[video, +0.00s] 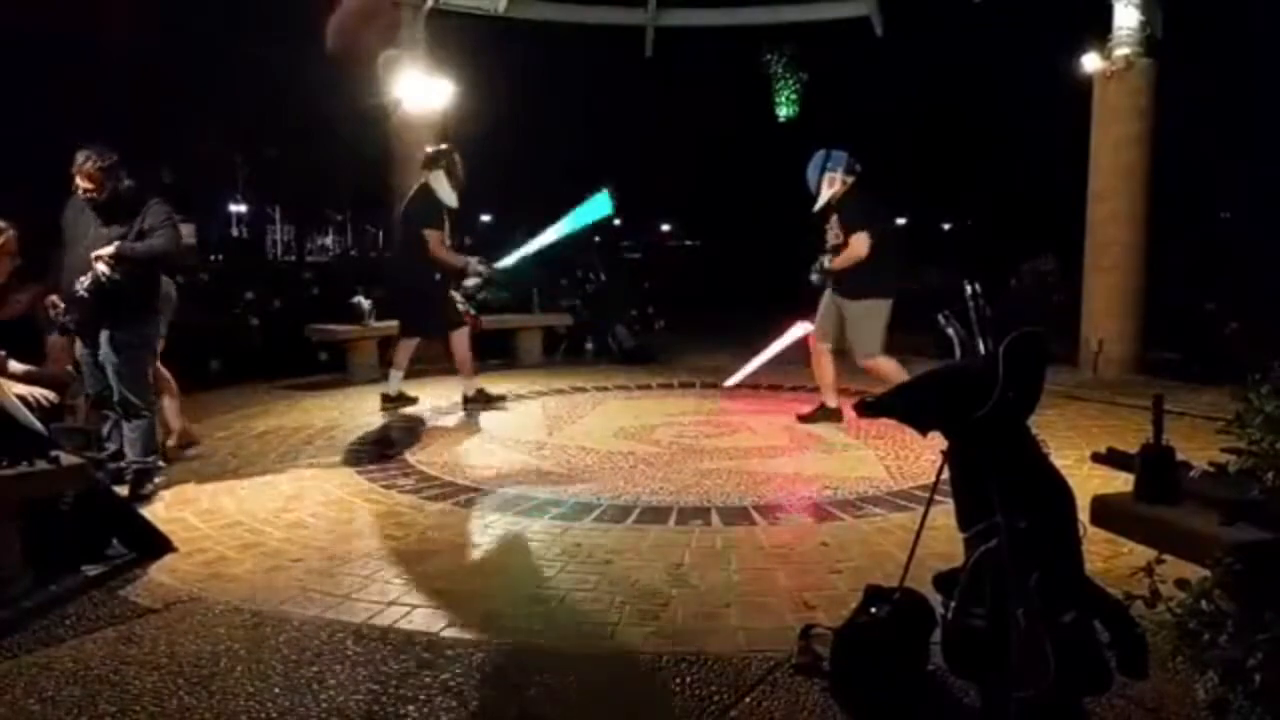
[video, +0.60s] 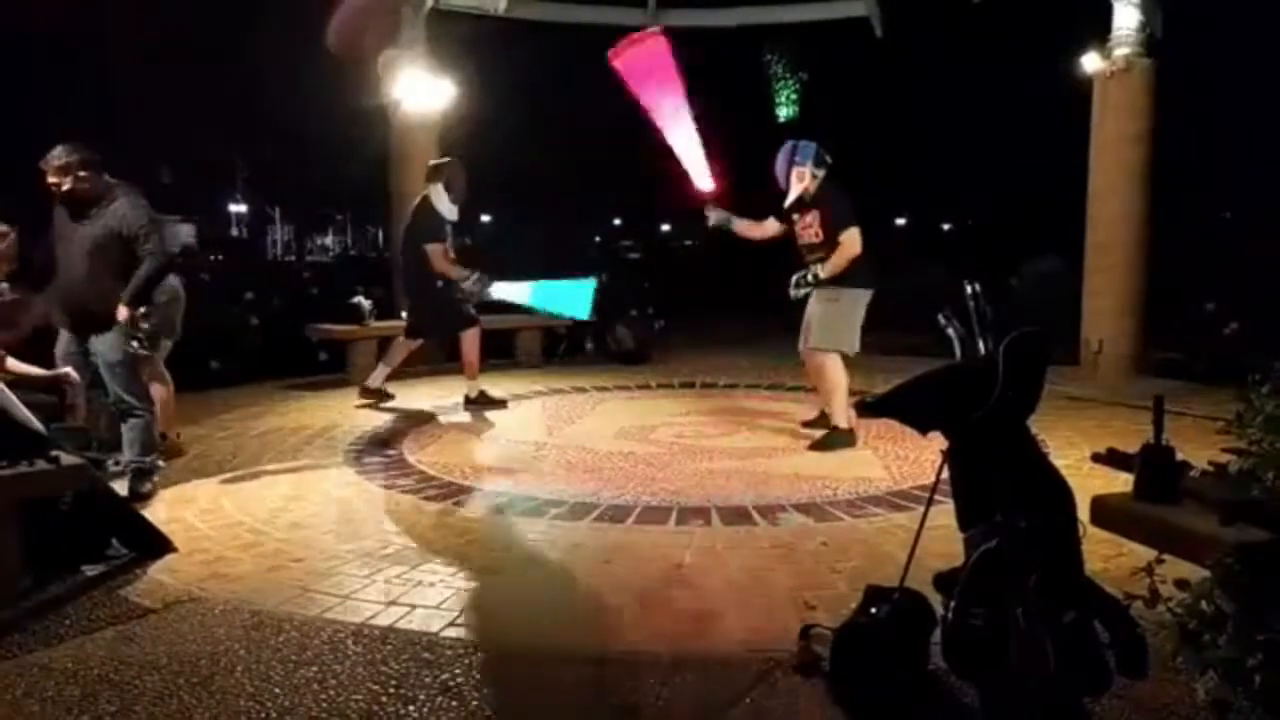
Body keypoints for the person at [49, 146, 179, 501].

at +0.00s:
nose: (86, 194)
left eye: (93, 187)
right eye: (81, 187)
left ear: (114, 179)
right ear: (75, 182)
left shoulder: (143, 206)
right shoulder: (75, 209)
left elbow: (169, 245)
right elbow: (67, 254)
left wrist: (120, 250)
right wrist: (56, 288)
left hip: (130, 317)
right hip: (86, 317)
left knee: (132, 399)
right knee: (101, 398)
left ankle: (142, 468)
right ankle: (112, 459)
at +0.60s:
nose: (55, 189)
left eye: (60, 182)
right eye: (52, 183)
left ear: (84, 175)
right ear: (61, 180)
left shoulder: (126, 207)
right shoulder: (63, 212)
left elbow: (156, 257)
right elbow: (63, 264)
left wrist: (128, 301)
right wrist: (58, 304)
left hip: (112, 323)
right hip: (73, 323)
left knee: (129, 403)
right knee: (72, 398)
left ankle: (140, 468)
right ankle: (85, 461)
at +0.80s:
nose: (27, 196)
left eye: (30, 187)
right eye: (24, 189)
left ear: (53, 177)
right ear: (40, 182)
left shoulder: (105, 206)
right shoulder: (39, 218)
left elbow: (139, 250)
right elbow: (32, 272)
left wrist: (130, 302)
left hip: (103, 324)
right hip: (60, 328)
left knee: (123, 400)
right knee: (59, 402)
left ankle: (141, 466)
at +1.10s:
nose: (2, 213)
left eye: (0, 208)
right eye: (0, 210)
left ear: (5, 198)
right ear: (6, 200)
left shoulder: (66, 203)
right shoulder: (15, 239)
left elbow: (116, 229)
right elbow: (19, 285)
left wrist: (124, 279)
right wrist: (24, 322)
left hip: (97, 318)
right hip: (49, 326)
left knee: (112, 395)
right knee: (45, 400)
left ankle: (131, 470)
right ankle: (56, 477)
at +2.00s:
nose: (5, 200)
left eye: (4, 193)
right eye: (2, 195)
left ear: (16, 182)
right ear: (8, 189)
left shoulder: (72, 198)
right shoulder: (15, 223)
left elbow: (116, 225)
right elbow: (15, 272)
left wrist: (84, 259)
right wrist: (17, 296)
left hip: (91, 314)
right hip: (47, 321)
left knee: (106, 396)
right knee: (42, 399)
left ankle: (126, 471)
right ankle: (60, 472)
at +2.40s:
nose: (29, 195)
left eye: (29, 185)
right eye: (24, 189)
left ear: (48, 174)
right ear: (44, 179)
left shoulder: (96, 201)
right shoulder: (60, 210)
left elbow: (85, 242)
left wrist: (32, 247)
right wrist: (24, 262)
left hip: (109, 311)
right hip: (73, 311)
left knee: (115, 395)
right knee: (62, 388)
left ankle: (127, 470)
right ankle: (75, 466)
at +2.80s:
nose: (8, 204)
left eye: (6, 197)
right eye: (5, 198)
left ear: (15, 186)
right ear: (18, 184)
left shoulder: (64, 208)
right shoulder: (46, 212)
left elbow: (52, 265)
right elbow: (45, 262)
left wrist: (25, 289)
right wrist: (25, 285)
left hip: (103, 313)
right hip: (79, 313)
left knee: (113, 395)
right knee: (87, 395)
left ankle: (127, 470)